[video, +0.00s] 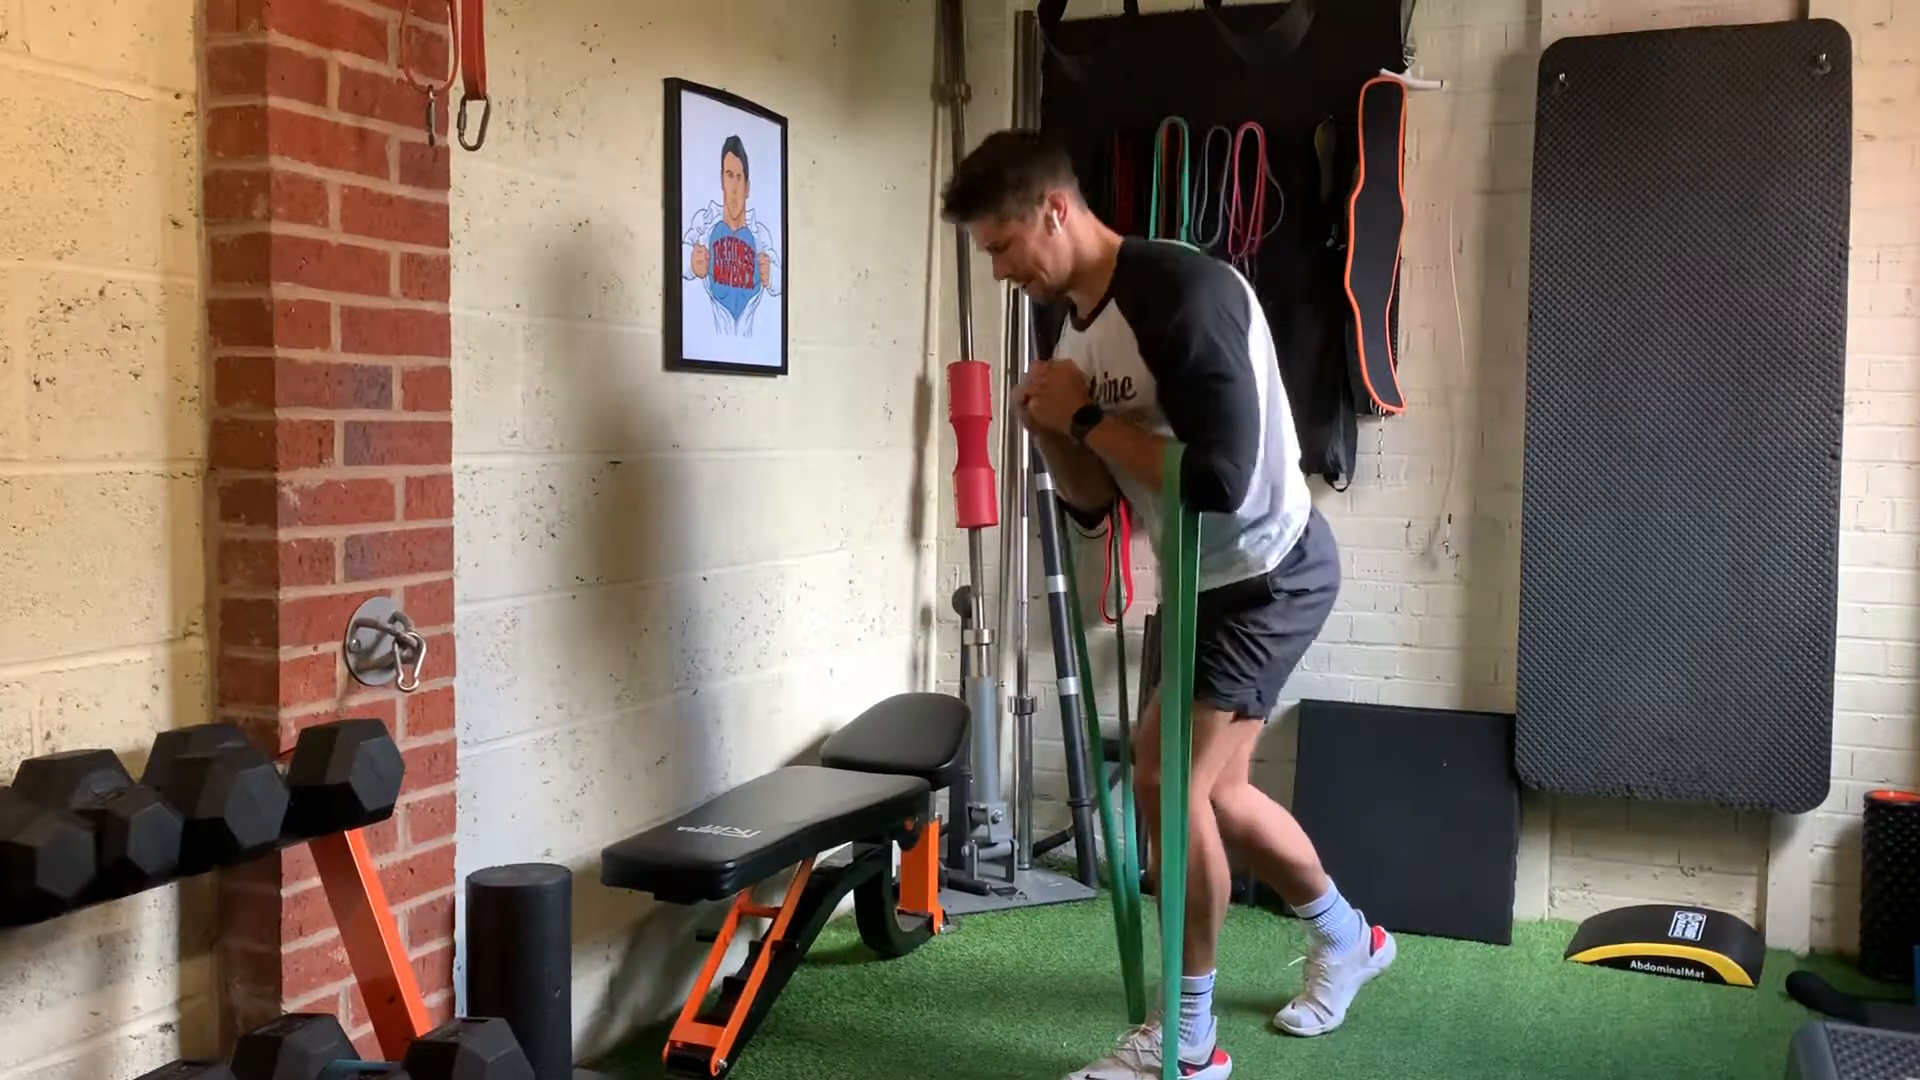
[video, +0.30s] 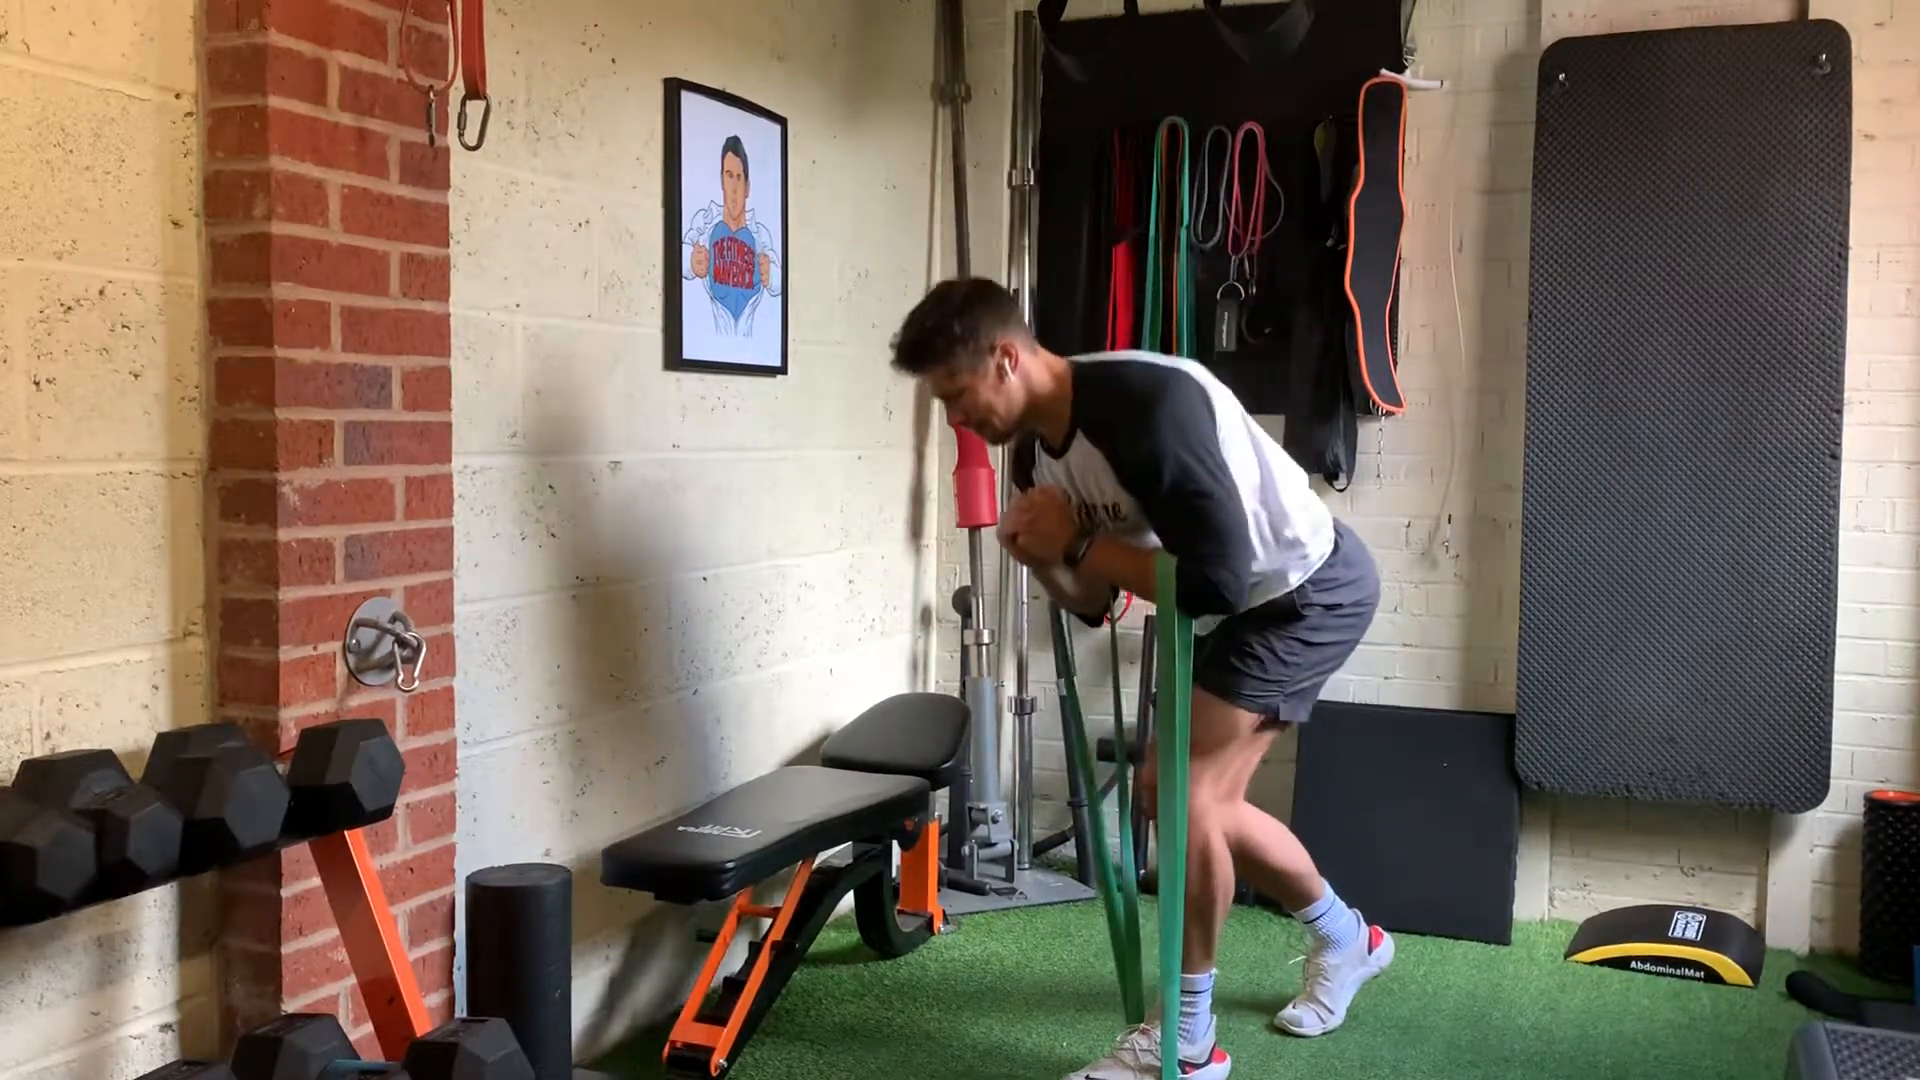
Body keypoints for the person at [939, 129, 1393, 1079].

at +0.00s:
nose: (1000, 271)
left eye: (1004, 247)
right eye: (988, 254)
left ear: (1059, 212)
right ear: (1052, 222)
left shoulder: (1189, 295)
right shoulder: (1070, 320)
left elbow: (1222, 485)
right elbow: (1095, 501)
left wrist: (1090, 423)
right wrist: (1052, 428)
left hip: (1271, 569)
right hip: (1201, 571)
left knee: (1164, 776)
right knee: (1216, 786)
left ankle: (1189, 1035)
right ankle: (1349, 935)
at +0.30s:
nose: (953, 420)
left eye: (955, 397)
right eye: (942, 403)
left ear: (1009, 359)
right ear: (1007, 362)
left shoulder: (1155, 408)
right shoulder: (1033, 452)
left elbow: (1222, 582)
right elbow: (1101, 605)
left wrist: (1082, 544)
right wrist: (1046, 560)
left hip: (1309, 587)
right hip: (1228, 598)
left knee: (1173, 787)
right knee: (1205, 807)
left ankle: (1187, 1035)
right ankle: (1348, 937)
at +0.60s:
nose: (937, 542)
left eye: (938, 521)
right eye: (927, 526)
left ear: (991, 487)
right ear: (994, 488)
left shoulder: (1141, 508)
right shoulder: (1029, 542)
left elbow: (1225, 677)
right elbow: (1102, 683)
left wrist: (1085, 646)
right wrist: (1052, 659)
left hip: (1330, 594)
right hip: (1252, 608)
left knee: (1205, 794)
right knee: (1216, 811)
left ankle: (1188, 1039)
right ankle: (1351, 940)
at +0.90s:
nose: (933, 632)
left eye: (932, 612)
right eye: (921, 617)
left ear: (983, 577)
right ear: (984, 573)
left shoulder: (1134, 578)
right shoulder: (1028, 610)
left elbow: (1228, 741)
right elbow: (1128, 731)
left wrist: (1086, 715)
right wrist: (1058, 729)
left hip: (1340, 599)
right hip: (1267, 604)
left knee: (1203, 801)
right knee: (1212, 816)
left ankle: (1186, 1039)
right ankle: (1351, 940)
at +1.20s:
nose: (931, 557)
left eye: (933, 537)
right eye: (922, 541)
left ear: (985, 506)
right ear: (986, 508)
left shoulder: (1137, 522)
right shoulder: (1029, 551)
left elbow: (1226, 684)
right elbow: (1123, 681)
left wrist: (1084, 663)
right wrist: (1057, 671)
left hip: (1332, 595)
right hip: (1253, 612)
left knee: (1197, 797)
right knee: (1210, 817)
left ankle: (1186, 1037)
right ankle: (1349, 938)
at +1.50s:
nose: (975, 343)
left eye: (981, 319)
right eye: (965, 325)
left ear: (1037, 289)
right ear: (1027, 297)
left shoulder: (1171, 361)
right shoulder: (1054, 398)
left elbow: (1224, 538)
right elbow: (1092, 563)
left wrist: (1092, 492)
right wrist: (1048, 498)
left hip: (1296, 579)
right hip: (1216, 591)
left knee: (1167, 785)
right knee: (1206, 815)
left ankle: (1186, 1035)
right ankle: (1349, 937)